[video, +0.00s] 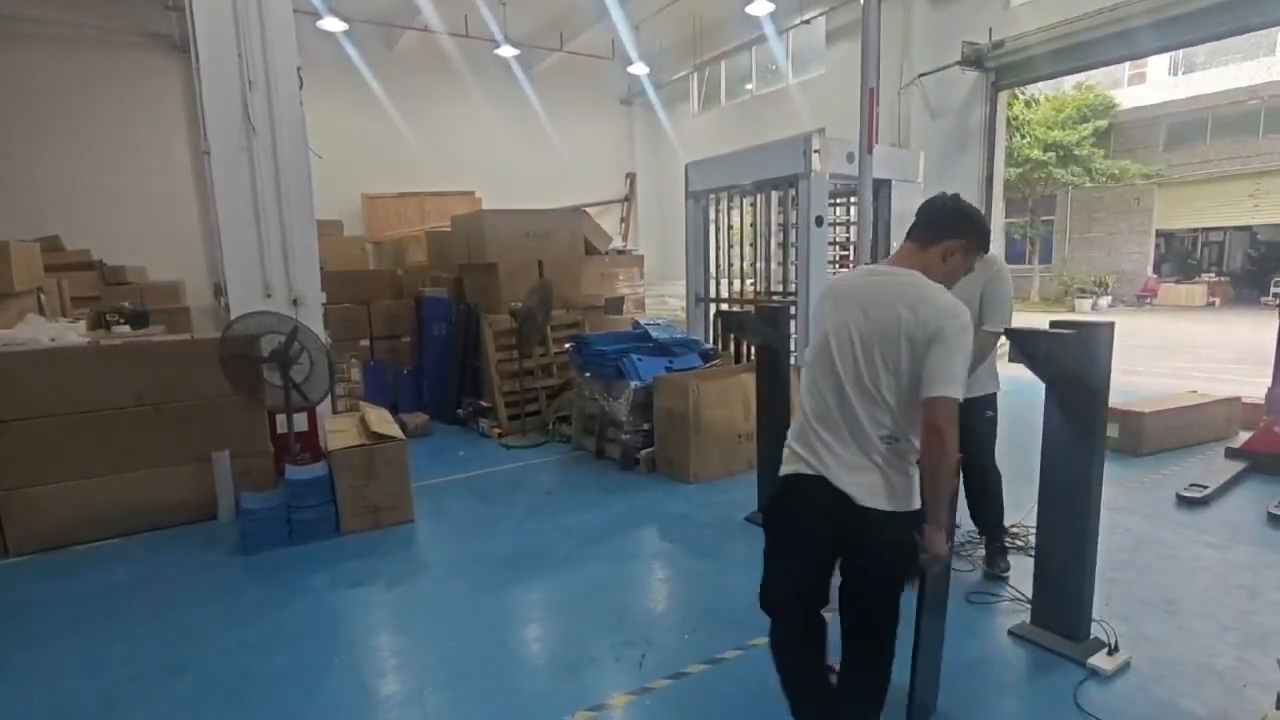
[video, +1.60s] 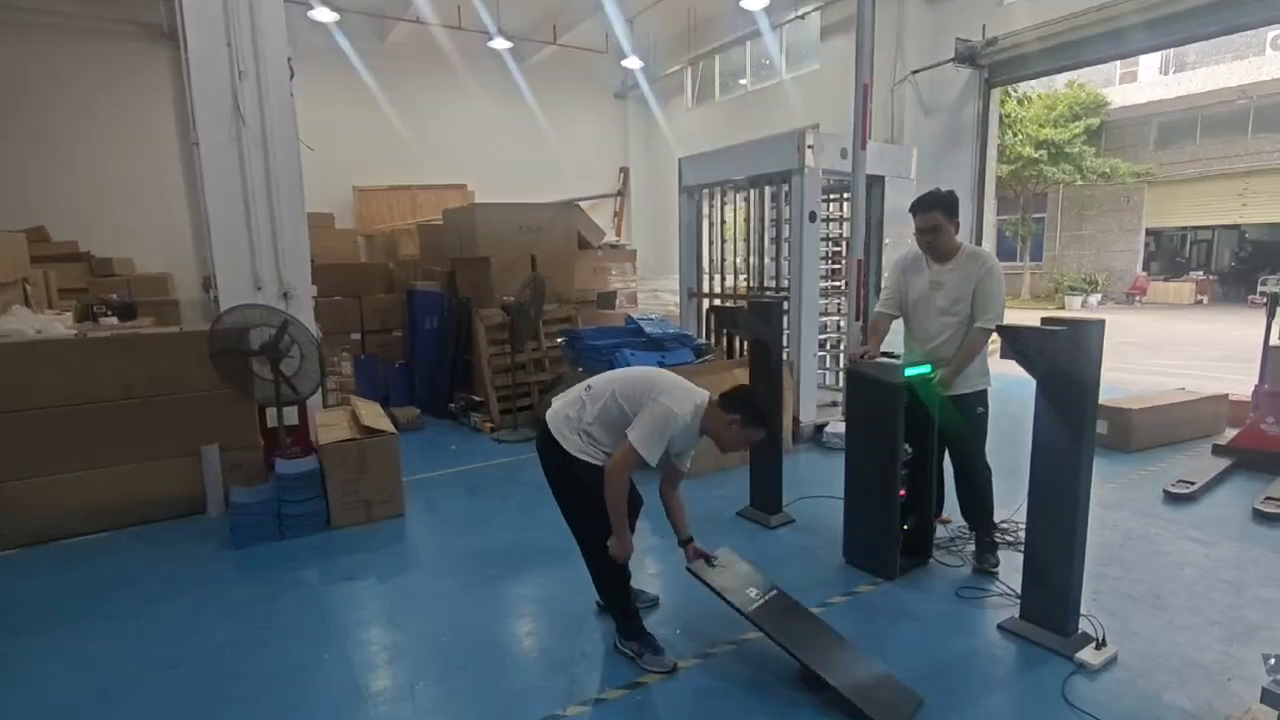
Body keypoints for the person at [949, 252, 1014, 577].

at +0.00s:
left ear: (978, 231)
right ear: (947, 231)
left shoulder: (993, 268)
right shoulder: (924, 260)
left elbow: (991, 333)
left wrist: (956, 373)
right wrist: (924, 367)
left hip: (976, 389)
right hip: (930, 388)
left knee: (980, 469)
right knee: (930, 465)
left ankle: (995, 544)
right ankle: (932, 538)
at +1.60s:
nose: (924, 239)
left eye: (932, 231)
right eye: (919, 231)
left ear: (955, 226)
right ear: (913, 229)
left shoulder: (983, 264)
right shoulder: (906, 263)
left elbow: (984, 326)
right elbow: (884, 311)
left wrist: (952, 370)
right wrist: (871, 345)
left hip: (966, 383)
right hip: (919, 382)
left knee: (970, 465)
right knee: (921, 465)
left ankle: (984, 540)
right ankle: (917, 543)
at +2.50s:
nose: (917, 242)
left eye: (925, 233)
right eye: (912, 234)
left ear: (948, 228)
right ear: (906, 231)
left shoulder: (976, 267)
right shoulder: (899, 265)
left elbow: (976, 328)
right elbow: (878, 312)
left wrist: (946, 370)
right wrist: (865, 347)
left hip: (959, 388)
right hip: (912, 387)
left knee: (963, 466)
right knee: (915, 467)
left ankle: (977, 540)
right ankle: (911, 543)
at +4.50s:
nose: (924, 245)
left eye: (932, 237)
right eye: (920, 237)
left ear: (958, 233)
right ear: (918, 234)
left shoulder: (989, 272)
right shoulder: (911, 271)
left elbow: (991, 333)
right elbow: (891, 318)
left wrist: (959, 376)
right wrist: (878, 354)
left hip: (974, 393)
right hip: (926, 393)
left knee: (980, 474)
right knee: (931, 474)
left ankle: (996, 546)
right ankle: (928, 551)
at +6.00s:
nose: (916, 241)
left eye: (924, 234)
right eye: (915, 233)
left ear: (953, 232)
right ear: (929, 232)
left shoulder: (989, 268)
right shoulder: (912, 267)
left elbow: (991, 330)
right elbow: (892, 313)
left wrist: (960, 374)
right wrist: (880, 350)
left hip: (975, 389)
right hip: (927, 390)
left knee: (982, 471)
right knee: (932, 471)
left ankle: (997, 543)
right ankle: (930, 545)